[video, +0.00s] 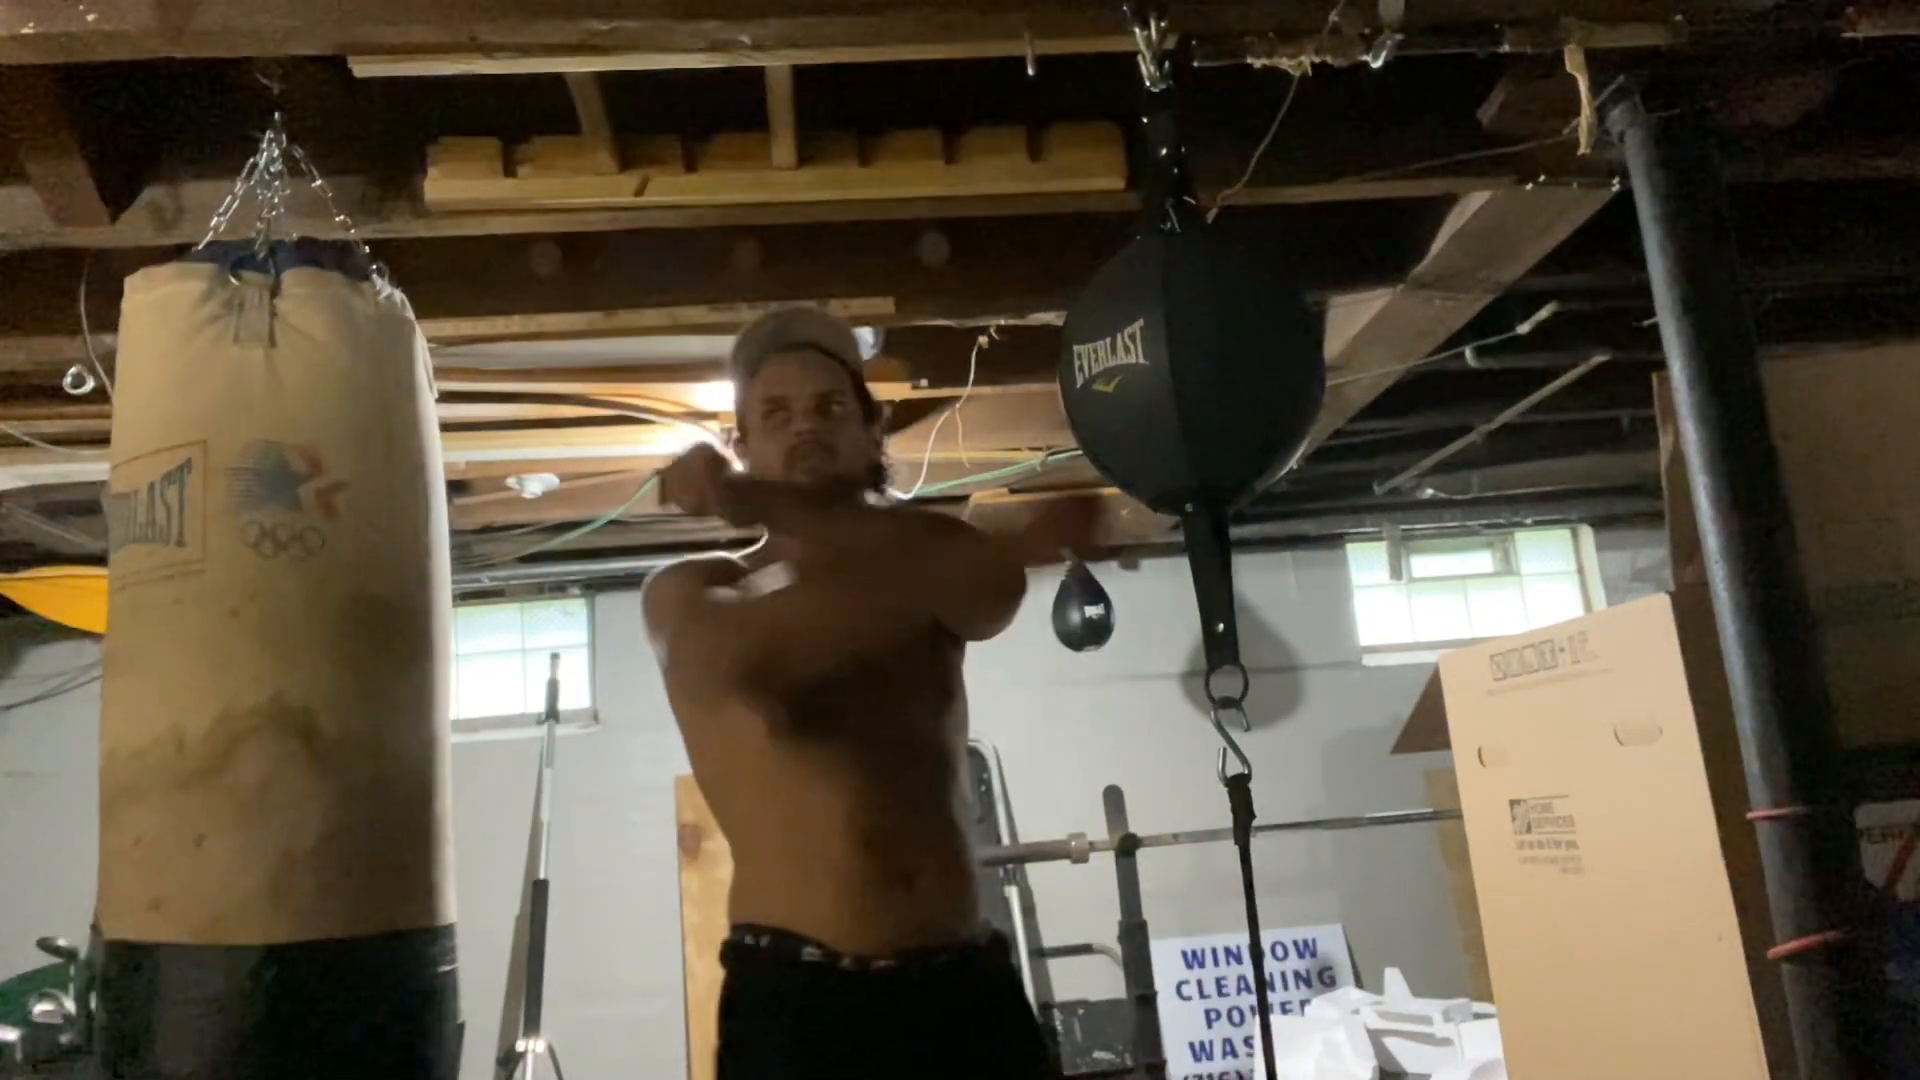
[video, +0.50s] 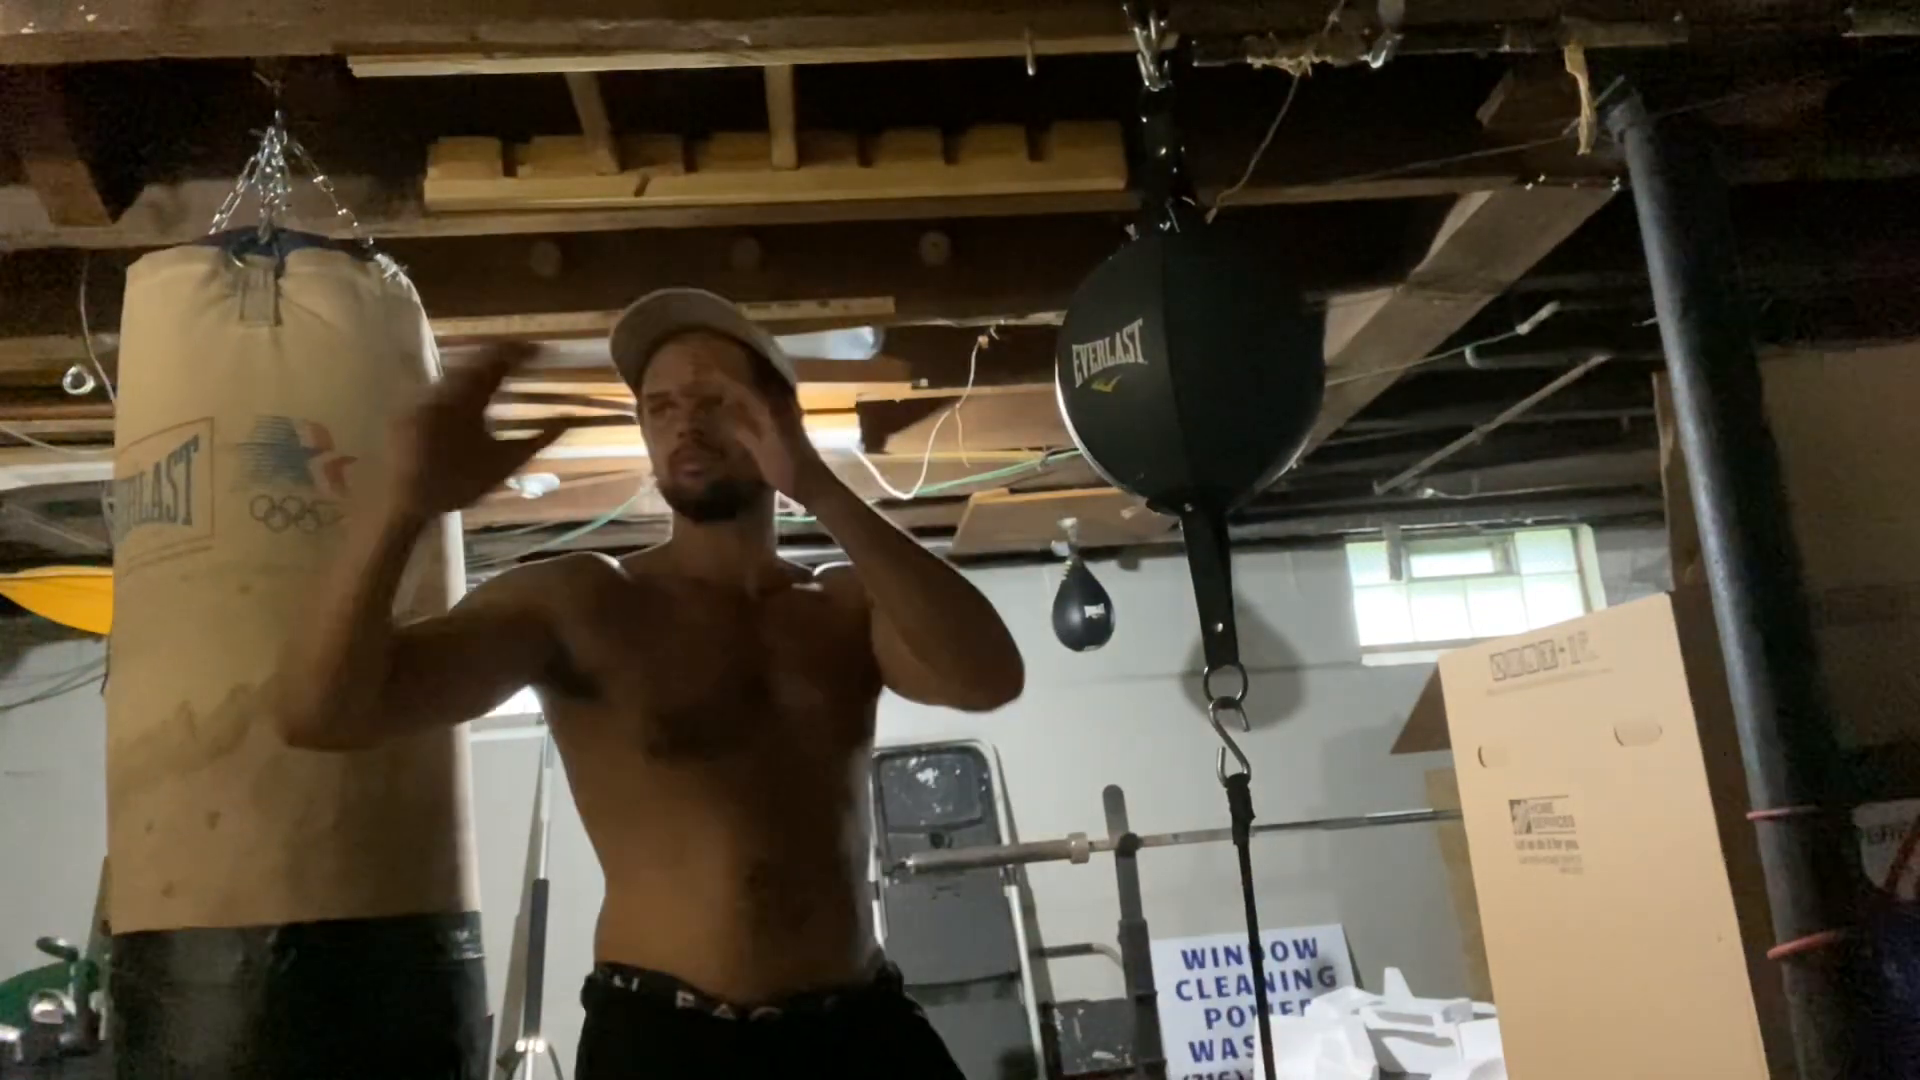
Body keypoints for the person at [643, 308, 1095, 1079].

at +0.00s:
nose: (805, 427)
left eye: (830, 406)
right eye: (776, 411)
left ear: (873, 435)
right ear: (741, 446)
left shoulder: (924, 550)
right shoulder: (688, 588)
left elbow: (994, 592)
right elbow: (750, 655)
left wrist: (742, 498)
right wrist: (982, 549)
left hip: (961, 983)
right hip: (792, 993)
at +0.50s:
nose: (687, 422)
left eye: (717, 400)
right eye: (663, 405)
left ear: (775, 429)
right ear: (642, 438)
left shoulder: (846, 607)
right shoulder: (575, 602)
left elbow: (988, 675)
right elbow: (323, 709)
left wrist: (812, 480)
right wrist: (412, 499)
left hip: (852, 1030)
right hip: (660, 1036)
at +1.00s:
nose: (834, 443)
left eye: (857, 414)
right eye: (805, 423)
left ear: (904, 432)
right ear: (777, 459)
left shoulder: (980, 607)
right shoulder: (709, 620)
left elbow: (1127, 696)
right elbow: (483, 716)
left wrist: (947, 493)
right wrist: (461, 483)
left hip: (996, 1032)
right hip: (811, 1039)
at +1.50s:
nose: (751, 451)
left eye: (782, 424)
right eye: (722, 433)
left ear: (838, 452)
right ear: (691, 466)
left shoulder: (920, 615)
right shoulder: (656, 632)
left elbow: (967, 720)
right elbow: (608, 754)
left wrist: (764, 575)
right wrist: (592, 451)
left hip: (926, 1047)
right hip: (738, 1050)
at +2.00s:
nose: (742, 453)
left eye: (769, 425)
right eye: (708, 430)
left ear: (812, 453)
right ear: (670, 468)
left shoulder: (865, 616)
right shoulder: (623, 647)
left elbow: (950, 742)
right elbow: (745, 746)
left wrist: (753, 610)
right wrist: (911, 589)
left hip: (901, 1039)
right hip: (722, 1049)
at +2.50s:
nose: (703, 439)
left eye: (727, 412)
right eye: (665, 417)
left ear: (767, 439)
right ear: (621, 455)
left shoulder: (823, 613)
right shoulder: (576, 628)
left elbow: (936, 772)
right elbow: (734, 732)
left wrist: (806, 638)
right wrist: (942, 599)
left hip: (829, 1044)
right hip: (652, 1047)